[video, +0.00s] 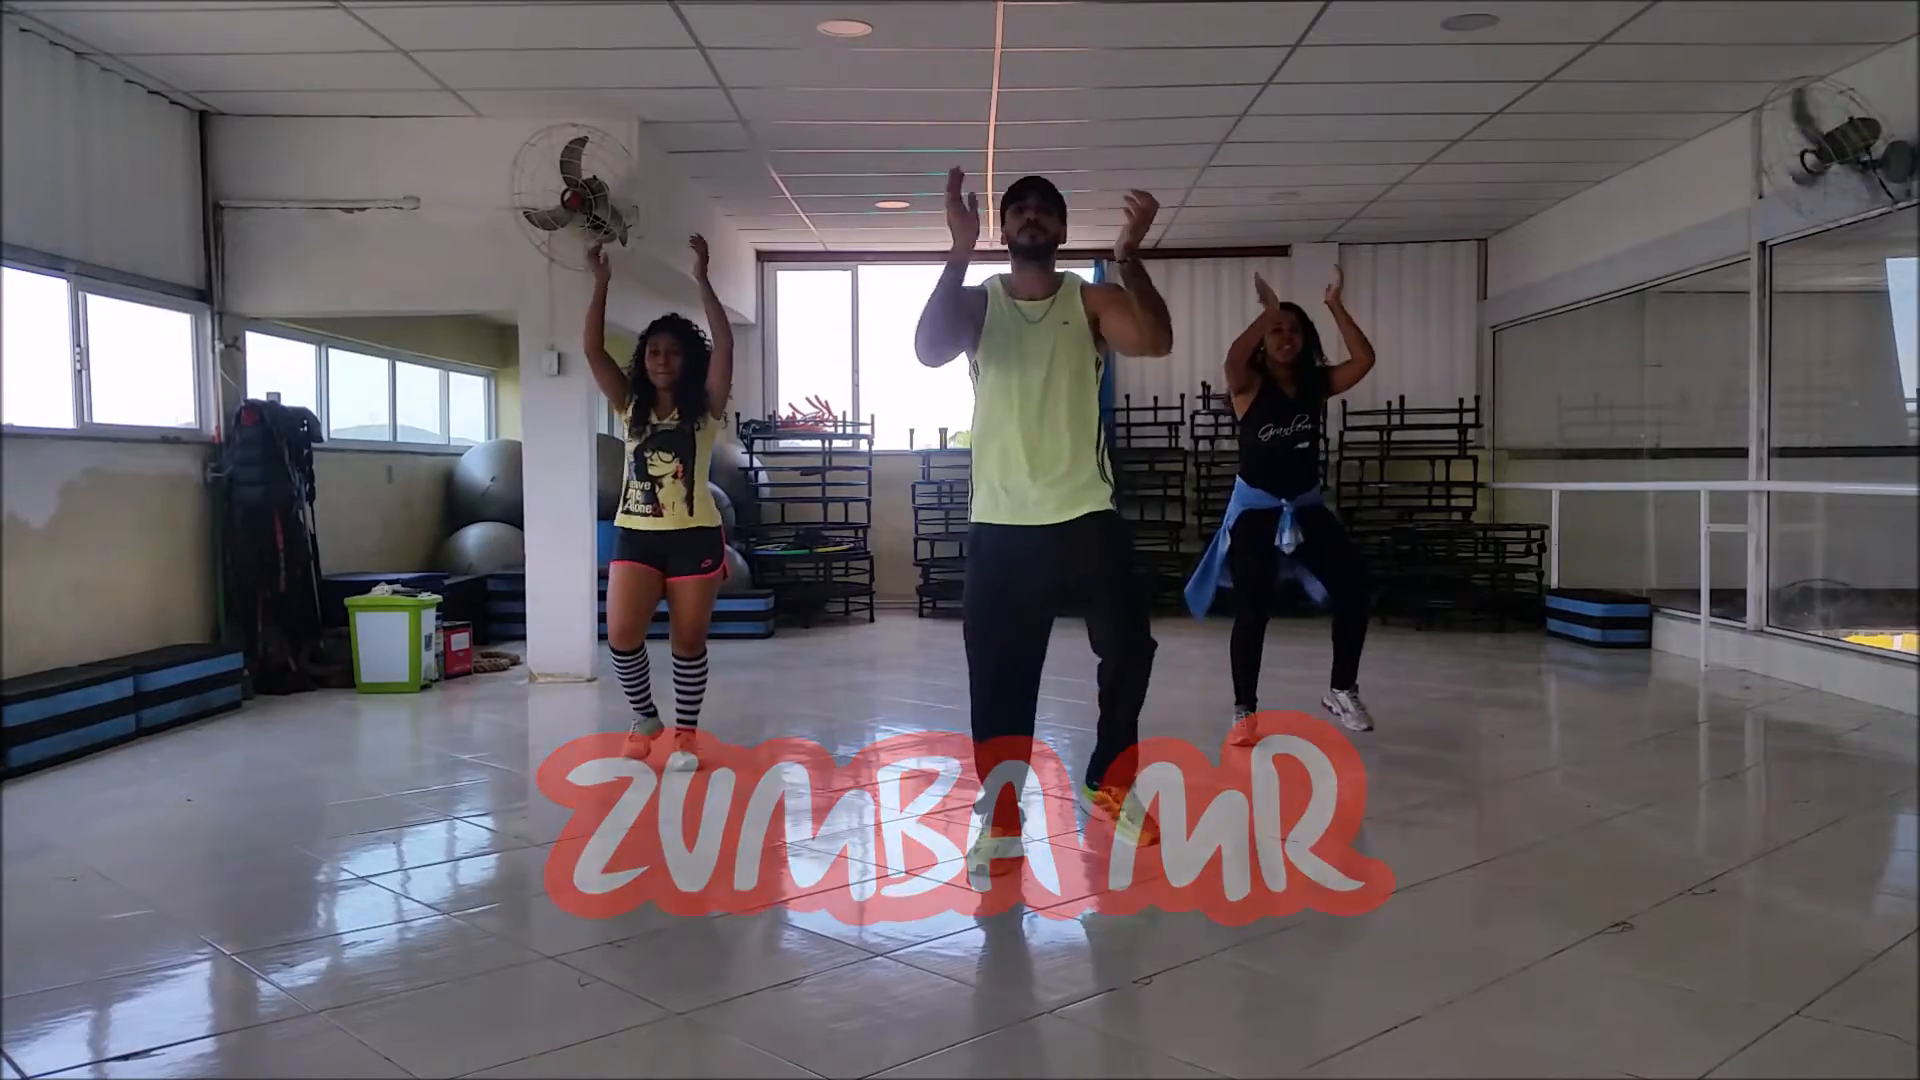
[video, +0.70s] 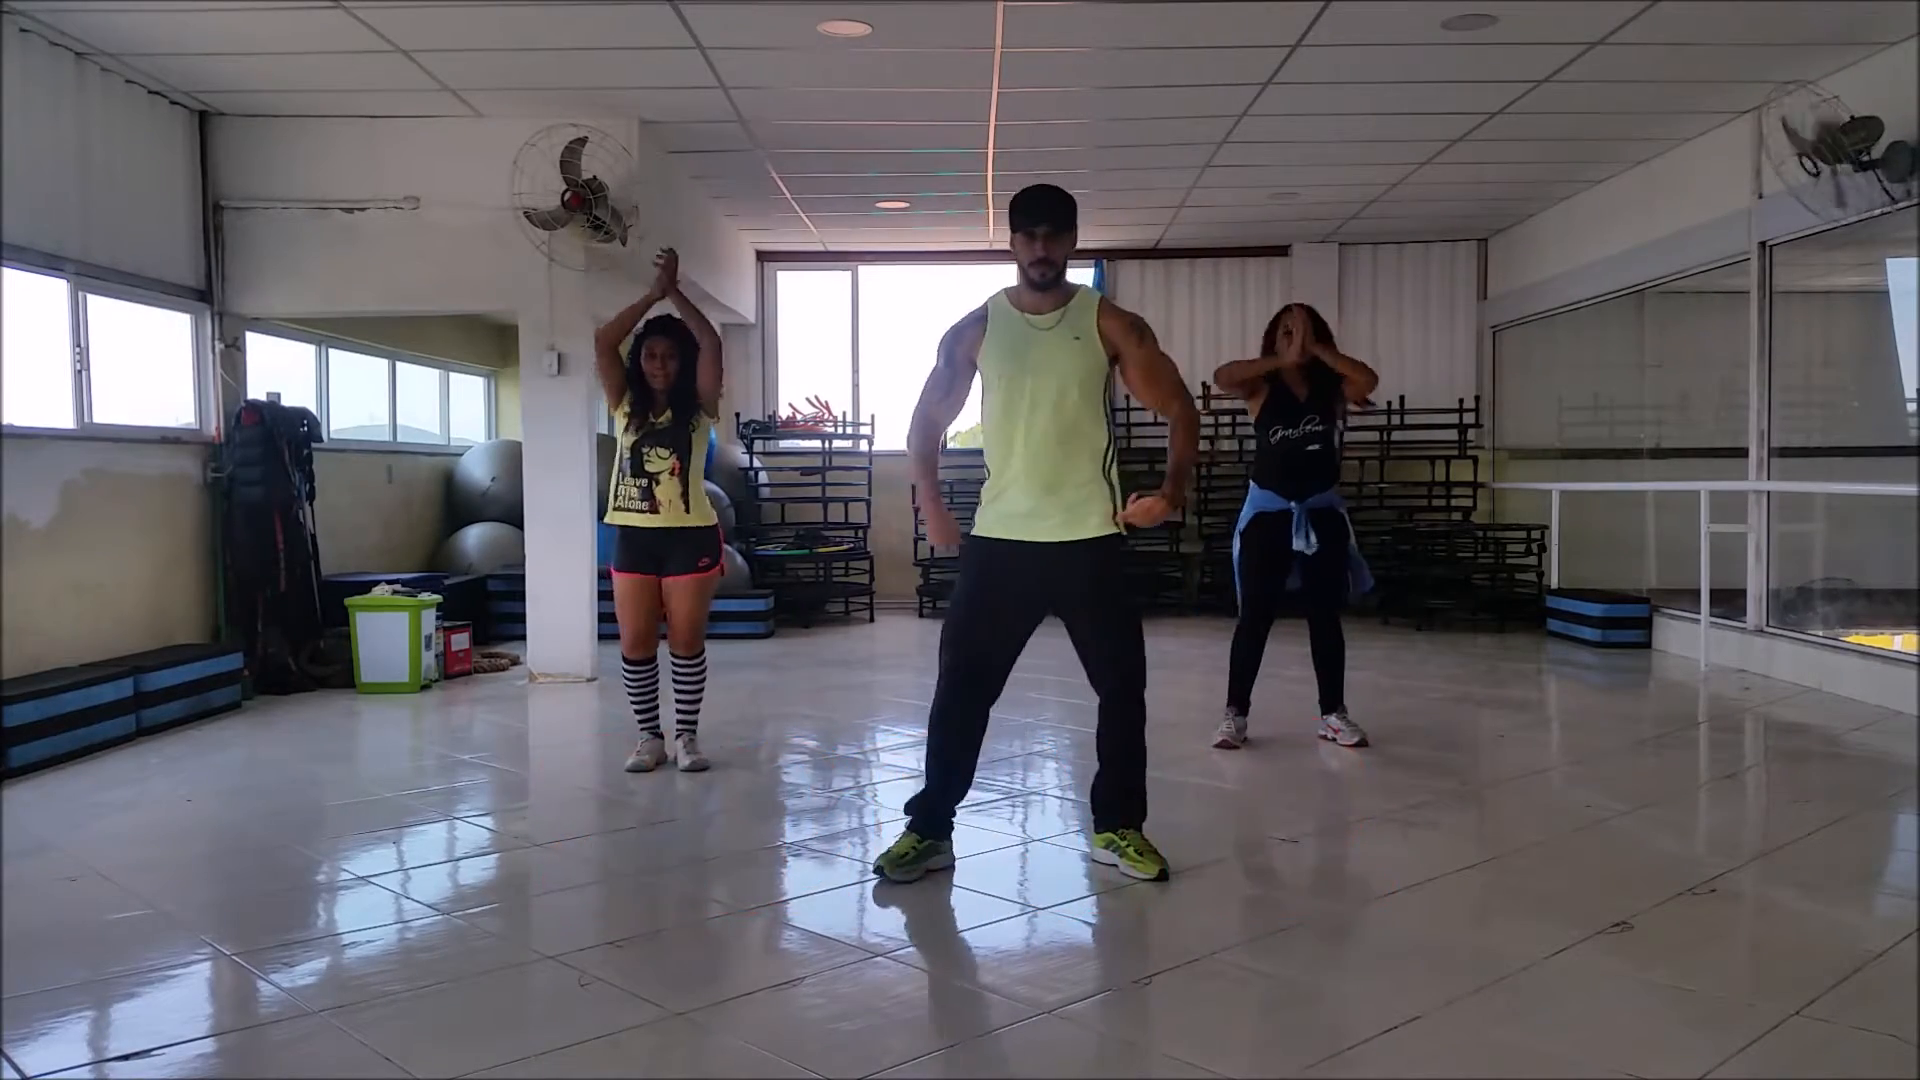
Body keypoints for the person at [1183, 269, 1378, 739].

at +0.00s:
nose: (1286, 338)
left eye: (1293, 330)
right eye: (1276, 331)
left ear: (1306, 339)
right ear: (1263, 341)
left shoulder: (1316, 384)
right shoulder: (1247, 386)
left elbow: (1363, 359)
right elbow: (1234, 359)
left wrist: (1336, 307)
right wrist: (1268, 312)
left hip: (1308, 510)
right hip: (1256, 512)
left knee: (1354, 589)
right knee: (1252, 606)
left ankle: (1341, 692)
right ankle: (1245, 711)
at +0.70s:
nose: (1293, 340)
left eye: (1301, 332)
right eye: (1285, 333)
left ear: (1316, 340)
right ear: (1274, 339)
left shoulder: (1334, 384)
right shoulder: (1259, 383)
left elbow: (1368, 381)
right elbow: (1222, 376)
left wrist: (1322, 350)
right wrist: (1282, 361)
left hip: (1322, 513)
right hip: (1266, 513)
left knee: (1326, 615)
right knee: (1255, 615)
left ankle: (1333, 716)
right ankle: (1235, 717)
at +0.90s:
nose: (1278, 337)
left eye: (1287, 331)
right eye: (1269, 331)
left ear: (1300, 342)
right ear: (1254, 342)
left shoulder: (1317, 390)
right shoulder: (1239, 388)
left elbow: (1368, 434)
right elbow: (1191, 427)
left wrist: (1336, 428)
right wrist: (1239, 436)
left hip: (1309, 513)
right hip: (1252, 514)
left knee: (1343, 598)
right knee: (1245, 611)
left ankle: (1347, 705)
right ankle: (1234, 715)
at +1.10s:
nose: (1282, 335)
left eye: (1291, 329)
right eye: (1273, 329)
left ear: (1304, 339)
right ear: (1258, 339)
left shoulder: (1320, 392)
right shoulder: (1238, 389)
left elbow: (1347, 451)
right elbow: (1206, 453)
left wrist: (1378, 493)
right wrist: (1216, 506)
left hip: (1311, 512)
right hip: (1254, 514)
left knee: (1349, 605)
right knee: (1247, 614)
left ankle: (1382, 707)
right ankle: (1233, 715)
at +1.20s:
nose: (1289, 340)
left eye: (1298, 334)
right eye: (1280, 333)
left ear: (1311, 343)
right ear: (1266, 343)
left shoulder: (1330, 394)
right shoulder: (1247, 395)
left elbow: (1353, 460)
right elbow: (1220, 464)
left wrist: (1382, 512)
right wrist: (1218, 524)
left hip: (1319, 518)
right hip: (1261, 519)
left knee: (1350, 611)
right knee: (1252, 614)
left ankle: (1381, 713)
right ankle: (1232, 716)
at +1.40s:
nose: (1304, 351)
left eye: (1313, 345)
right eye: (1295, 345)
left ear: (1325, 353)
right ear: (1280, 354)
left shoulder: (1344, 406)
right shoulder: (1259, 406)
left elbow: (1367, 473)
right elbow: (1239, 476)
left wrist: (1390, 531)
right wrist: (1225, 539)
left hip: (1339, 525)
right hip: (1283, 528)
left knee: (1368, 616)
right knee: (1262, 620)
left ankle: (1381, 716)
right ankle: (1226, 714)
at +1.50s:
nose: (1306, 350)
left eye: (1315, 343)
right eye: (1297, 342)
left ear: (1327, 352)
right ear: (1282, 351)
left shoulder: (1347, 403)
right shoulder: (1263, 403)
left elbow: (1366, 469)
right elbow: (1241, 470)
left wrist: (1388, 531)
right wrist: (1228, 534)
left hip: (1342, 523)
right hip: (1283, 524)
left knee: (1364, 620)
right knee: (1257, 621)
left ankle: (1381, 717)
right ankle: (1224, 715)